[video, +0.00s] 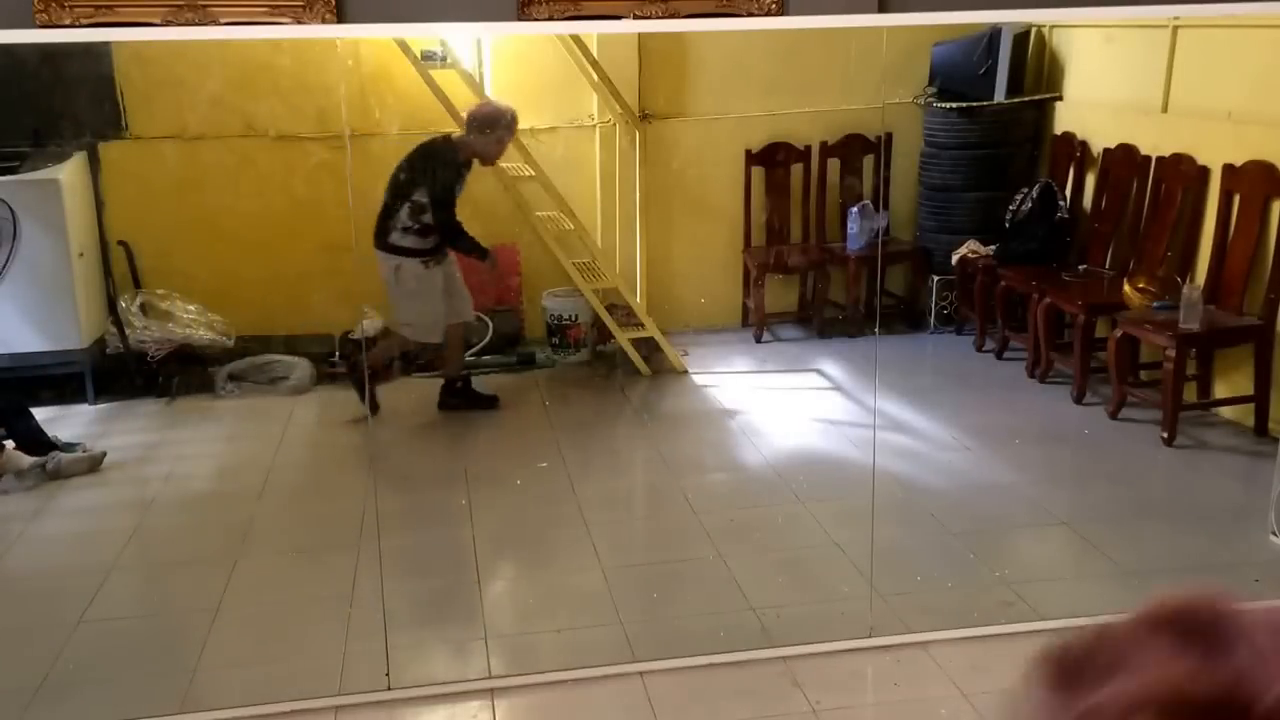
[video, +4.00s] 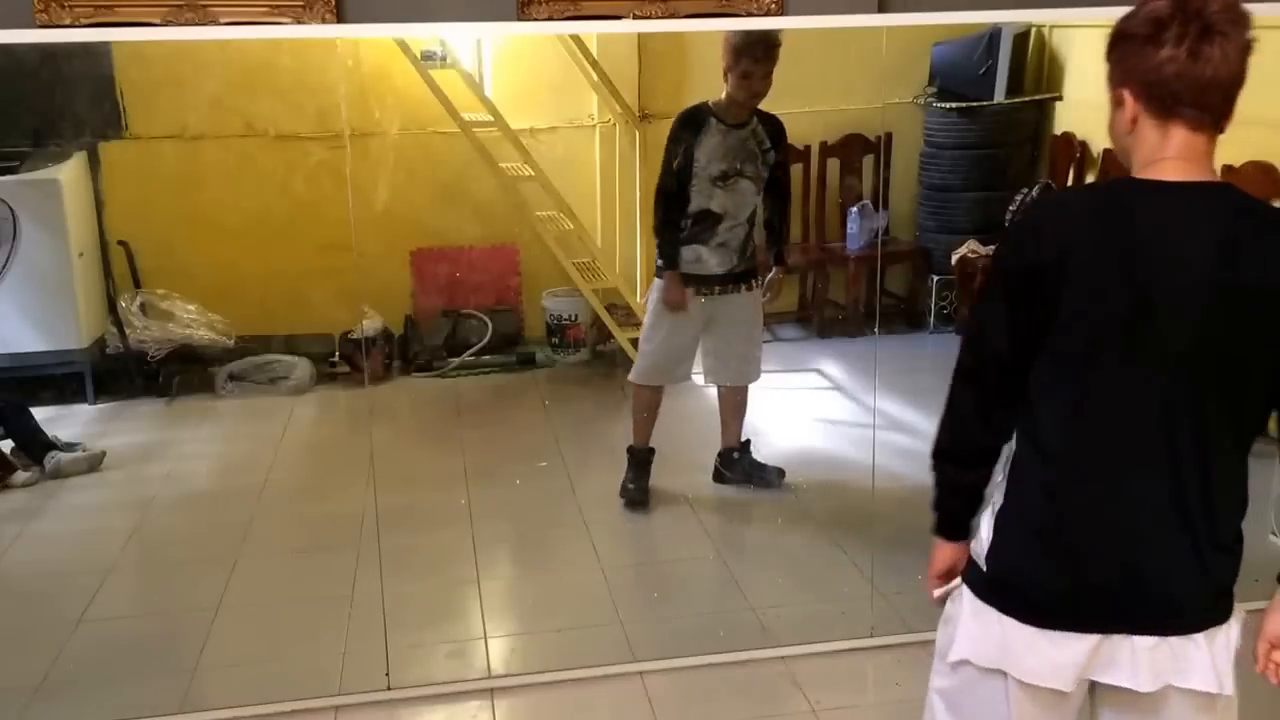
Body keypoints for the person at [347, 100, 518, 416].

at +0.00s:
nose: (503, 151)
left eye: (506, 144)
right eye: (502, 142)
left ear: (480, 134)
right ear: (482, 135)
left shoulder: (458, 157)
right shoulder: (442, 160)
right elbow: (445, 226)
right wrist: (483, 255)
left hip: (434, 249)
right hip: (404, 253)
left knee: (457, 318)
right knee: (422, 329)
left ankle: (455, 387)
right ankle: (365, 362)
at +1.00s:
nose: (595, 67)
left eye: (601, 60)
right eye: (586, 62)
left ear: (613, 68)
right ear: (573, 72)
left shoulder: (631, 115)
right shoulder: (566, 128)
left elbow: (644, 171)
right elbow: (569, 198)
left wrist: (657, 217)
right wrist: (608, 235)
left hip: (636, 237)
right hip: (590, 242)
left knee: (653, 315)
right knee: (588, 320)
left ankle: (668, 392)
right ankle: (589, 387)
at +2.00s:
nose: (671, 70)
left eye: (679, 62)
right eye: (662, 61)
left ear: (690, 67)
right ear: (647, 66)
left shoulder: (710, 118)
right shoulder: (626, 127)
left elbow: (726, 174)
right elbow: (607, 186)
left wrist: (726, 224)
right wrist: (609, 240)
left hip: (704, 259)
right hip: (650, 263)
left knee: (700, 349)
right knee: (654, 360)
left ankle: (680, 401)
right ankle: (660, 446)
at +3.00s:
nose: (732, 73)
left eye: (738, 64)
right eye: (721, 64)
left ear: (745, 67)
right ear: (697, 66)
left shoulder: (741, 122)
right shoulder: (683, 131)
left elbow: (752, 190)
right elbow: (682, 211)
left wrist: (767, 240)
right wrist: (730, 258)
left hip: (745, 269)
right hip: (703, 273)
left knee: (739, 363)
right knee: (695, 365)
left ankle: (731, 452)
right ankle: (649, 439)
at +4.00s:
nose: (755, 83)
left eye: (763, 75)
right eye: (746, 74)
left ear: (773, 76)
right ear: (726, 70)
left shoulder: (771, 131)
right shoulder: (692, 123)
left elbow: (777, 197)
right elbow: (667, 196)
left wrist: (775, 251)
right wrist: (670, 272)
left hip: (740, 280)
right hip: (683, 277)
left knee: (736, 369)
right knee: (650, 372)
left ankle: (732, 457)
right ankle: (638, 462)